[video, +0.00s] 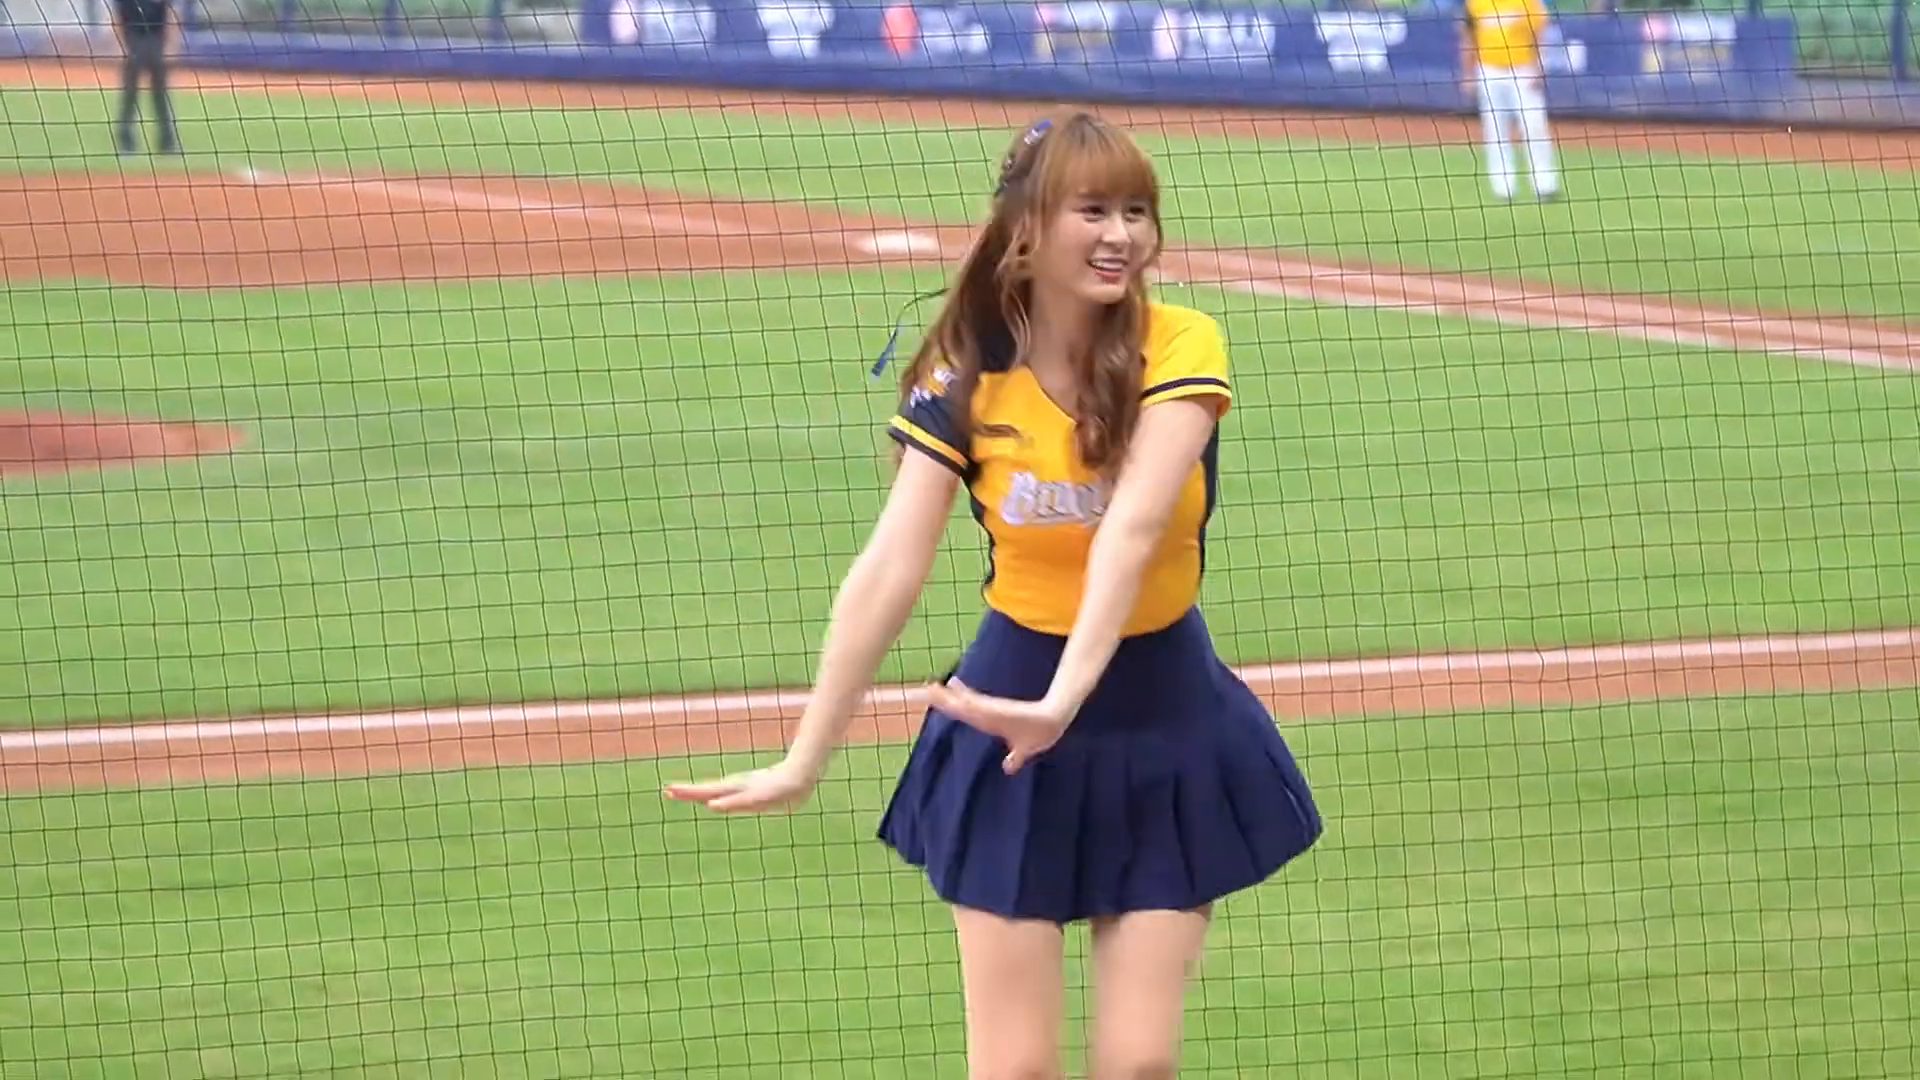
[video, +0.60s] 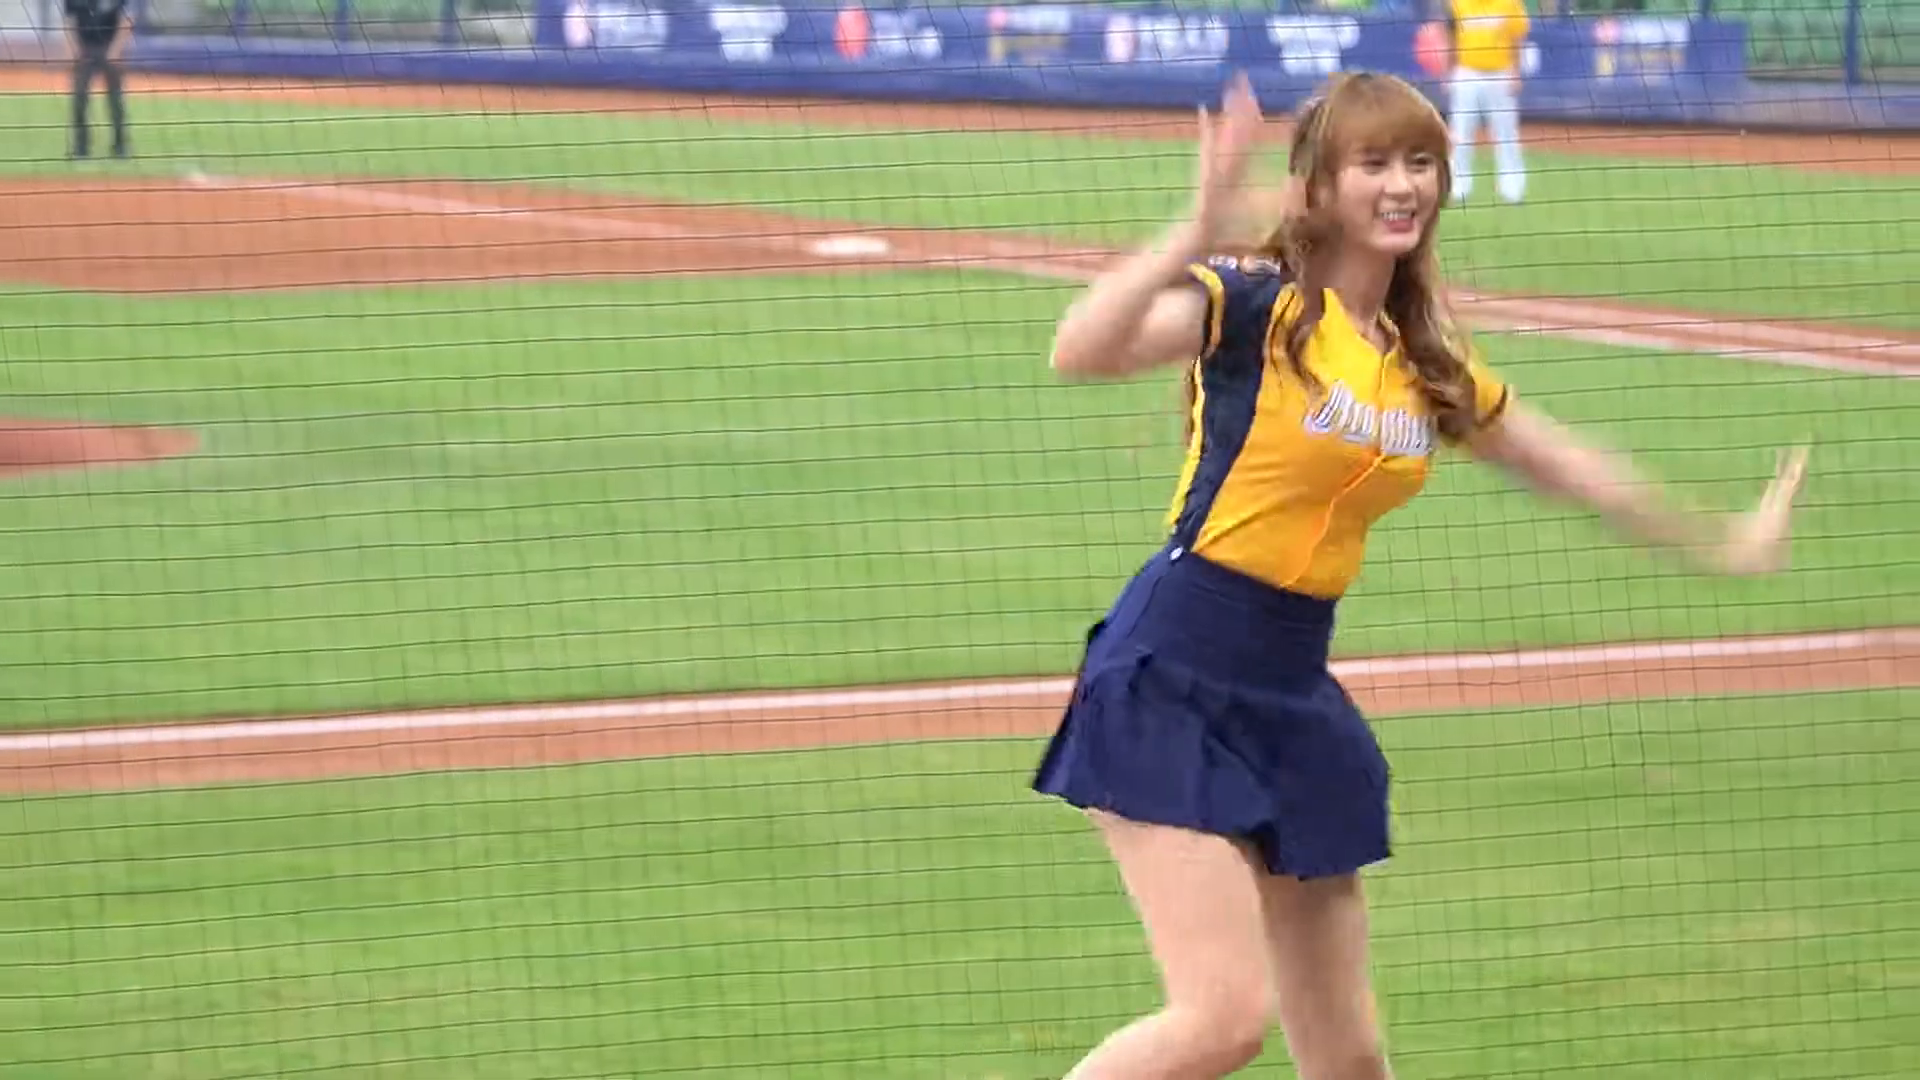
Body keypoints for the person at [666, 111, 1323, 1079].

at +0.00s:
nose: (1119, 234)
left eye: (1135, 212)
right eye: (1089, 210)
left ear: (1156, 230)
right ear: (1023, 234)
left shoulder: (1181, 345)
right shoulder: (964, 370)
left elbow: (1134, 528)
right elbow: (889, 570)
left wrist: (1061, 699)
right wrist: (805, 759)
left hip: (1162, 706)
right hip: (1009, 700)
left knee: (1139, 1059)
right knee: (1011, 1060)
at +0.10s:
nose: (1157, 249)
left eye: (1172, 225)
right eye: (1128, 228)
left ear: (1190, 238)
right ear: (1064, 247)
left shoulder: (1214, 342)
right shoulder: (1003, 393)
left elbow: (1197, 446)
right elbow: (895, 549)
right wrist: (773, 701)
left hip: (1180, 728)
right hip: (1042, 734)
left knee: (1235, 1051)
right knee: (1039, 1062)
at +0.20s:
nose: (1197, 207)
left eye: (1209, 174)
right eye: (1166, 184)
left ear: (1238, 179)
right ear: (1118, 204)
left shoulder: (1246, 317)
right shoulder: (1070, 324)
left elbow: (1284, 276)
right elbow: (910, 393)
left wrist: (1270, 220)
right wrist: (730, 451)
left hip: (1209, 688)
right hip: (1083, 682)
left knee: (1321, 1041)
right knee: (1050, 1052)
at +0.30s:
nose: (1253, 174)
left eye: (1266, 145)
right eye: (1222, 157)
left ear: (1285, 149)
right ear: (1166, 174)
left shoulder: (1300, 275)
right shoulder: (1124, 280)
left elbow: (1388, 150)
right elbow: (950, 229)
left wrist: (1463, 26)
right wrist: (797, 158)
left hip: (1255, 665)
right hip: (1129, 656)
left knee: (1351, 1052)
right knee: (1051, 1042)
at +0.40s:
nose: (1293, 187)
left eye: (1309, 161)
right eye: (1263, 166)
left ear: (1331, 173)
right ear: (1211, 187)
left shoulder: (1347, 293)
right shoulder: (1174, 298)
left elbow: (1478, 144)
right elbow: (1046, 171)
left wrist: (1589, 11)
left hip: (1300, 698)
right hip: (1180, 686)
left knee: (1369, 1048)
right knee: (1077, 1042)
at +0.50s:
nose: (1348, 184)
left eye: (1363, 159)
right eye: (1318, 164)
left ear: (1386, 173)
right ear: (1266, 188)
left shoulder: (1417, 327)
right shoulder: (1232, 301)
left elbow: (1582, 259)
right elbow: (1083, 227)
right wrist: (1115, 46)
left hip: (1318, 694)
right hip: (1198, 674)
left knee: (1373, 1057)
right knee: (1115, 1053)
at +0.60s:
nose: (1404, 183)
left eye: (1422, 163)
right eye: (1376, 162)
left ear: (1441, 186)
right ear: (1318, 184)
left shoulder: (1422, 359)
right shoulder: (1249, 298)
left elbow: (1573, 466)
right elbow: (1079, 352)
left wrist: (1721, 546)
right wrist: (1191, 234)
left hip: (1291, 695)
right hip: (1163, 676)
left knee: (1346, 1052)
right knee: (1222, 1017)